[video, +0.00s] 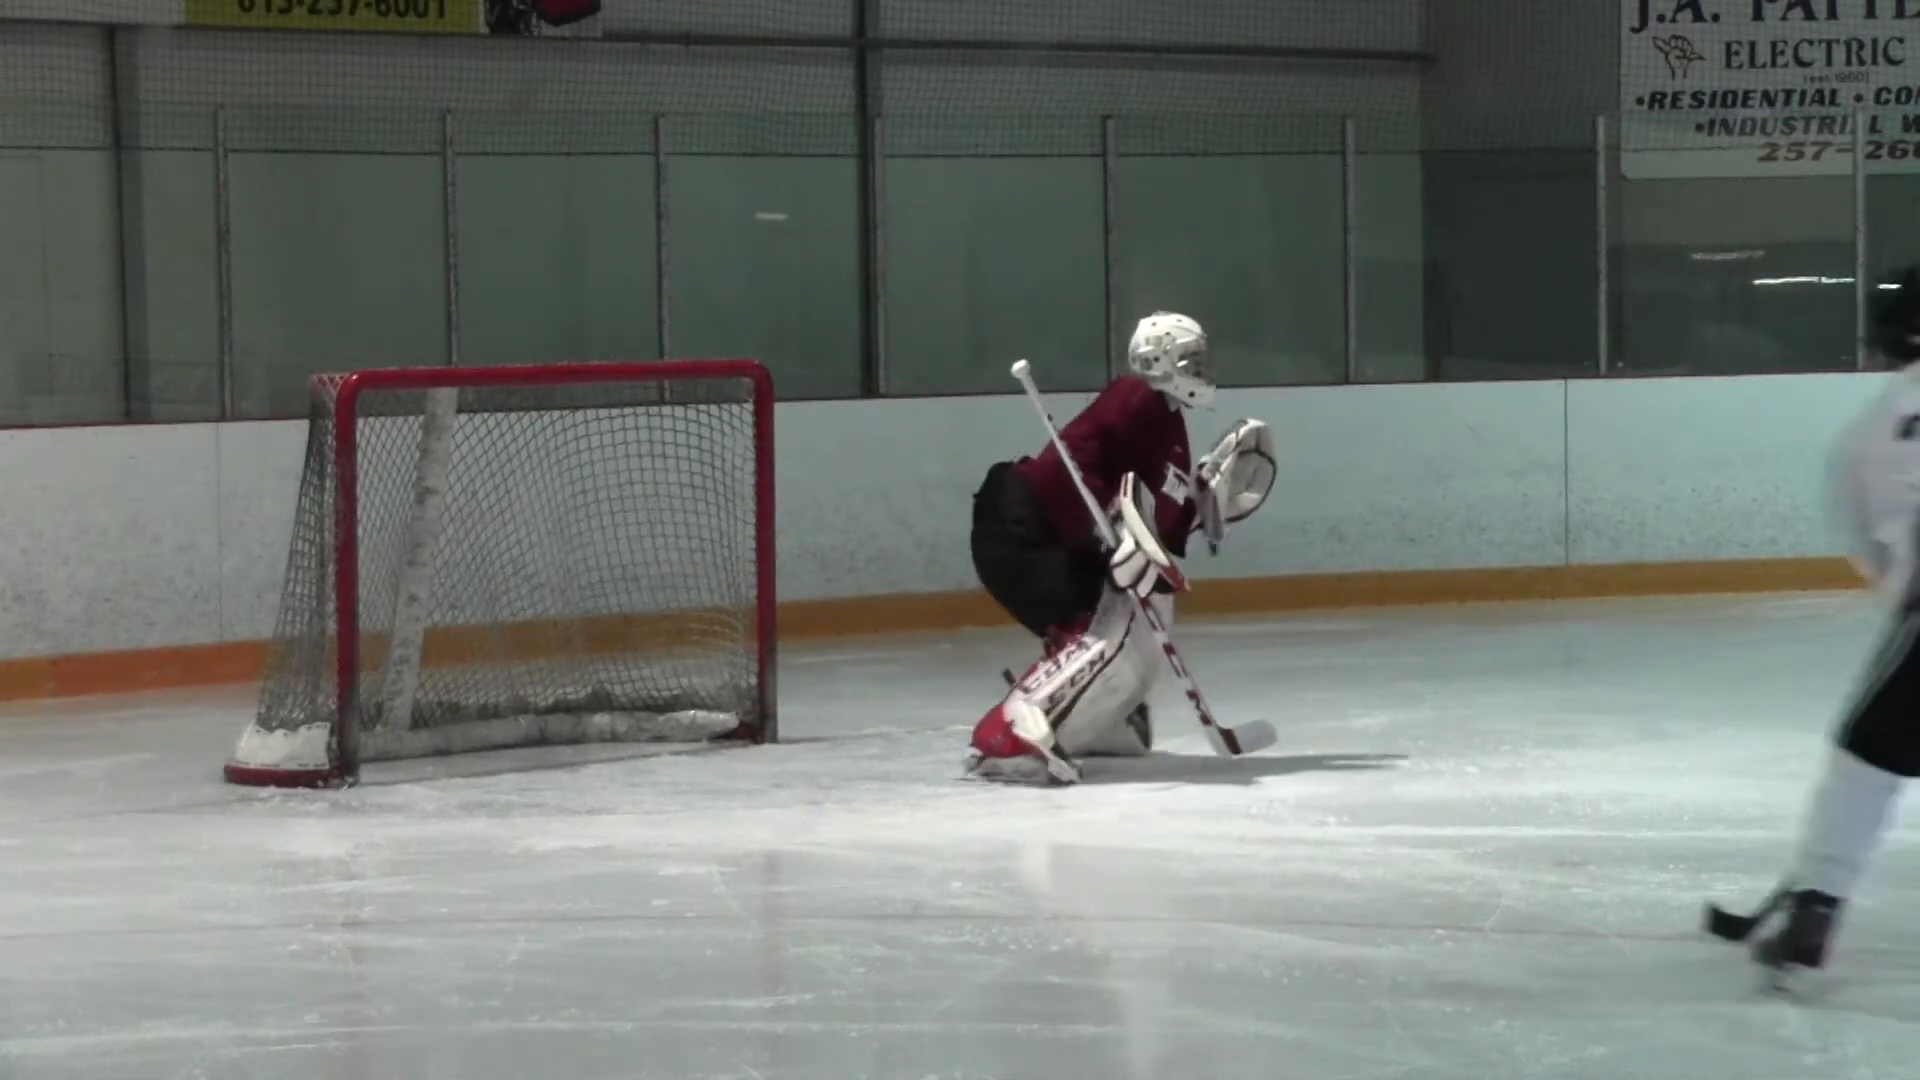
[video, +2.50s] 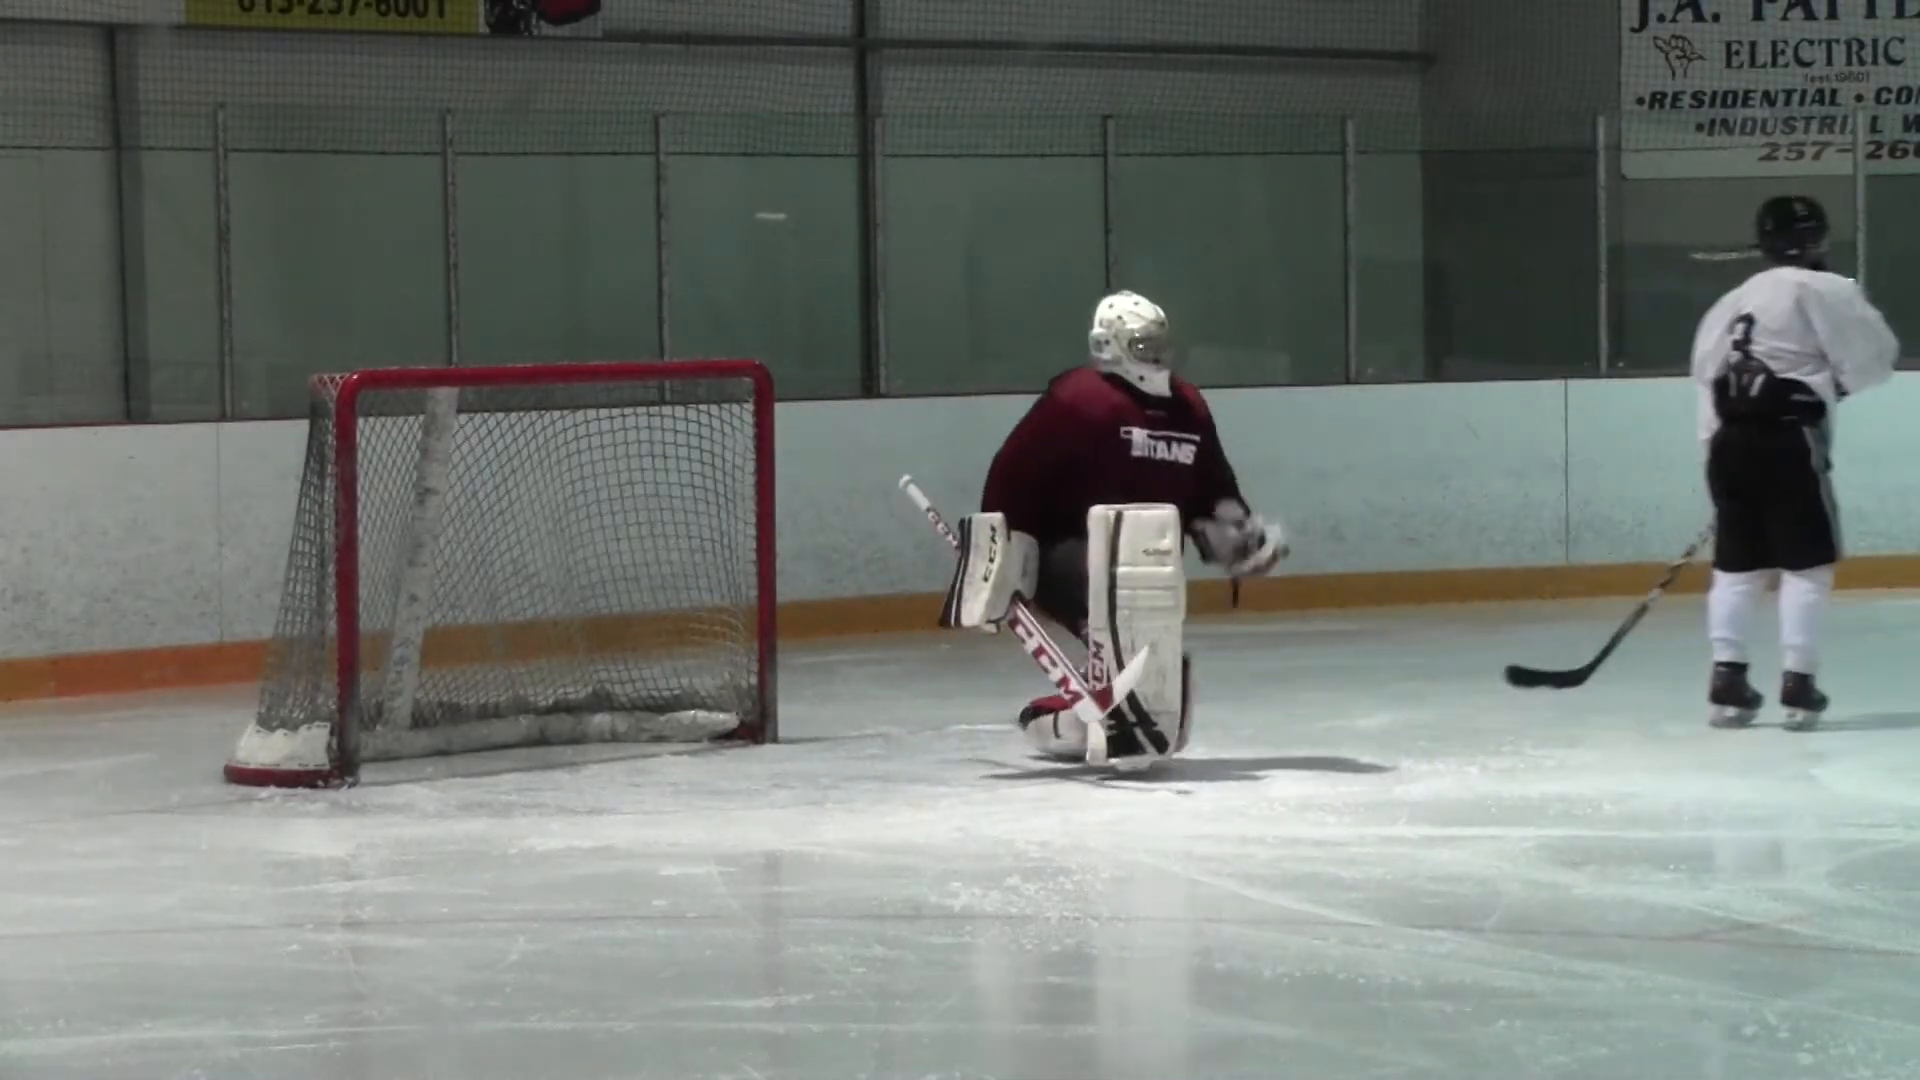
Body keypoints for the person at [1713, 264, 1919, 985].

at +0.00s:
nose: (1880, 346)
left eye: (1884, 334)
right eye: (1890, 331)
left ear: (1893, 335)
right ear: (1918, 333)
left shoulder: (1886, 414)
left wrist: (1889, 567)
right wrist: (1890, 566)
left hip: (1919, 612)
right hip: (1914, 610)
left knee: (1873, 748)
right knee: (1871, 748)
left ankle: (1813, 908)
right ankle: (1809, 903)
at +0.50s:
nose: (1392, 349)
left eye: (1392, 340)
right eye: (1398, 339)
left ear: (1395, 345)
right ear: (1451, 331)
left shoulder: (1386, 423)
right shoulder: (1510, 360)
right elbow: (1613, 363)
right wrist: (1598, 450)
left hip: (1464, 573)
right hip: (1551, 559)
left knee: (1390, 702)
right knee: (1558, 693)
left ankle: (1312, 839)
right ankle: (1635, 829)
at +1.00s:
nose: (1179, 345)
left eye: (1177, 338)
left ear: (1178, 341)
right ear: (1234, 325)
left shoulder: (1160, 418)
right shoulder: (1286, 350)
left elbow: (1171, 524)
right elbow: (1383, 364)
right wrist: (1353, 443)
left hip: (1235, 547)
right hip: (1321, 537)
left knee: (1168, 669)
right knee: (1329, 662)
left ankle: (1114, 782)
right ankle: (1362, 785)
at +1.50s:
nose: (1385, 305)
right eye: (1382, 299)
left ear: (1327, 315)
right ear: (1378, 299)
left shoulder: (1307, 375)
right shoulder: (1400, 323)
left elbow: (1296, 458)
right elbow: (1470, 309)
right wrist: (1467, 391)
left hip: (1325, 514)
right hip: (1391, 504)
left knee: (1308, 626)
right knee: (1443, 617)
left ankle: (1262, 739)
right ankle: (1458, 743)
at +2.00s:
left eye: (1538, 257)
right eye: (1568, 251)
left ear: (1525, 260)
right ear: (1575, 250)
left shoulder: (1504, 325)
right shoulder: (1611, 285)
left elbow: (1499, 417)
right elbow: (1696, 309)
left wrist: (1519, 485)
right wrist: (1663, 364)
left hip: (1542, 464)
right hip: (1609, 457)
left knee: (1540, 587)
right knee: (1618, 587)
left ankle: (1530, 707)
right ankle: (1625, 708)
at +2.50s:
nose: (1821, 248)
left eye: (1817, 238)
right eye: (1819, 239)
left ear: (1764, 243)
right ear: (1813, 240)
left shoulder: (1728, 303)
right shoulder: (1823, 289)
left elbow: (1708, 395)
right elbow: (1876, 357)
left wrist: (1714, 466)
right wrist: (1822, 385)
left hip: (1729, 450)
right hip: (1789, 449)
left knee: (1735, 564)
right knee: (1806, 564)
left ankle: (1726, 679)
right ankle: (1798, 683)